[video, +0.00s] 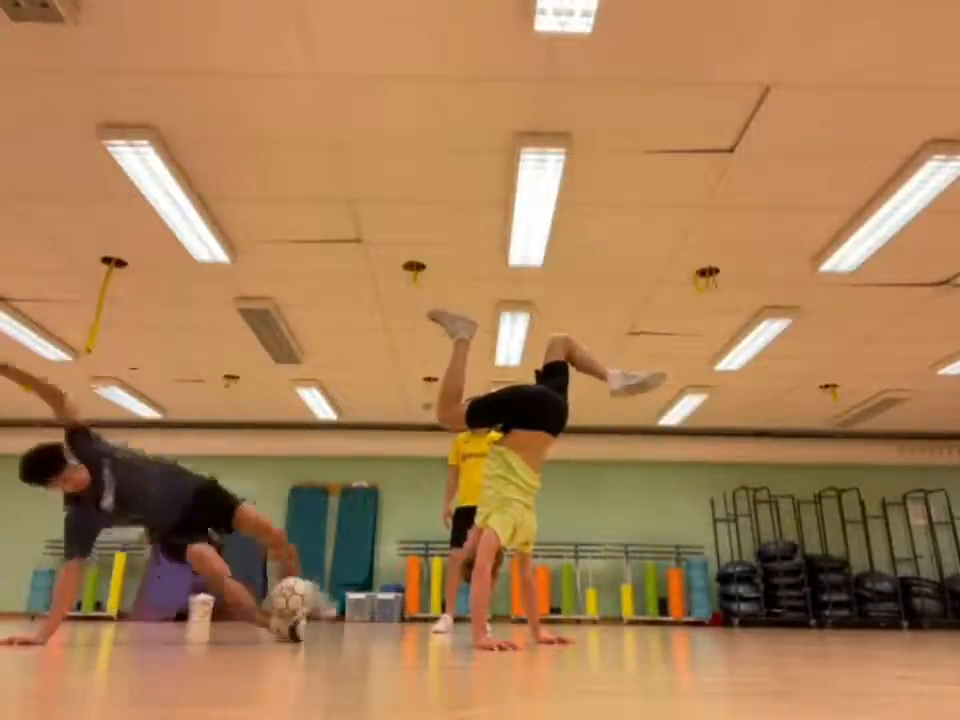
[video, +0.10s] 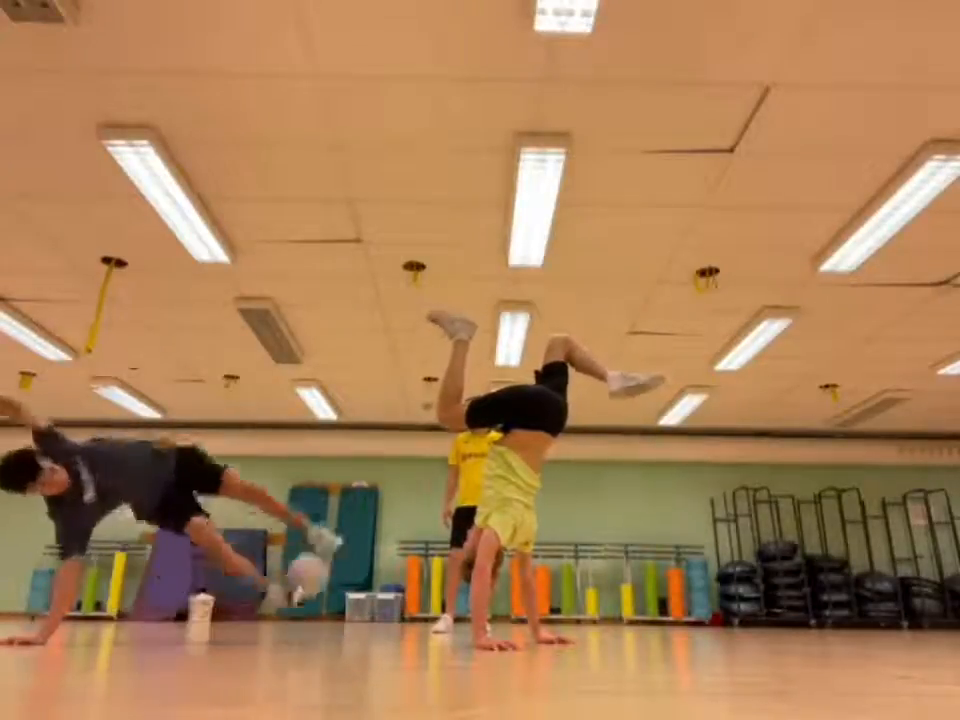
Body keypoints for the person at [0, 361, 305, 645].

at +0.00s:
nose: (74, 479)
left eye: (68, 471)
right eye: (65, 482)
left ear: (67, 460)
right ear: (57, 487)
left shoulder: (86, 445)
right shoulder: (82, 517)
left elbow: (56, 399)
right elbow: (70, 574)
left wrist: (11, 373)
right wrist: (45, 633)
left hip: (193, 491)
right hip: (172, 527)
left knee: (257, 524)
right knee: (210, 565)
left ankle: (289, 563)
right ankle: (269, 624)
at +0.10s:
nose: (54, 477)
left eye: (48, 470)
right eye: (44, 483)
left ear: (47, 458)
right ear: (38, 493)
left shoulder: (58, 446)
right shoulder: (70, 516)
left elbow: (29, 419)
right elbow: (69, 573)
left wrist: (5, 400)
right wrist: (46, 632)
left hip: (172, 461)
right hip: (159, 503)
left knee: (244, 489)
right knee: (211, 541)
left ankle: (308, 528)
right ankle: (268, 587)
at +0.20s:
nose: (48, 479)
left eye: (41, 472)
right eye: (38, 486)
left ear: (36, 461)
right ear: (30, 496)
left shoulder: (43, 448)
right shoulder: (62, 519)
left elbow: (11, 419)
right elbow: (65, 577)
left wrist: (0, 400)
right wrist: (45, 633)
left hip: (159, 448)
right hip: (151, 490)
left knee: (231, 466)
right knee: (215, 508)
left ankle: (302, 497)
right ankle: (286, 546)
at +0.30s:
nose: (47, 478)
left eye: (40, 472)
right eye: (38, 486)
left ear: (34, 461)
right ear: (27, 497)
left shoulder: (37, 449)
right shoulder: (58, 521)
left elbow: (6, 422)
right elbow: (64, 578)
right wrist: (46, 633)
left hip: (149, 442)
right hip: (148, 489)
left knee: (227, 449)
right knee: (215, 500)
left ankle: (302, 467)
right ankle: (292, 519)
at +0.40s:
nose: (52, 476)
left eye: (47, 470)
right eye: (44, 483)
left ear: (36, 461)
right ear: (32, 495)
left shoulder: (36, 450)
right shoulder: (58, 516)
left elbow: (8, 428)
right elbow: (66, 571)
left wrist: (7, 433)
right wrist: (46, 631)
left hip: (143, 444)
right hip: (146, 489)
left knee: (216, 436)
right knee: (216, 501)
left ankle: (289, 447)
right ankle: (291, 514)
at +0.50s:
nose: (57, 471)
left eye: (51, 465)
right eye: (48, 477)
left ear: (43, 459)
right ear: (37, 490)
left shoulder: (40, 450)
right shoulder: (62, 517)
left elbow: (12, 428)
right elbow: (66, 575)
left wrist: (9, 428)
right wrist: (44, 634)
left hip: (147, 451)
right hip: (148, 494)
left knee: (219, 421)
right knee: (212, 507)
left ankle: (284, 429)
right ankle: (275, 542)